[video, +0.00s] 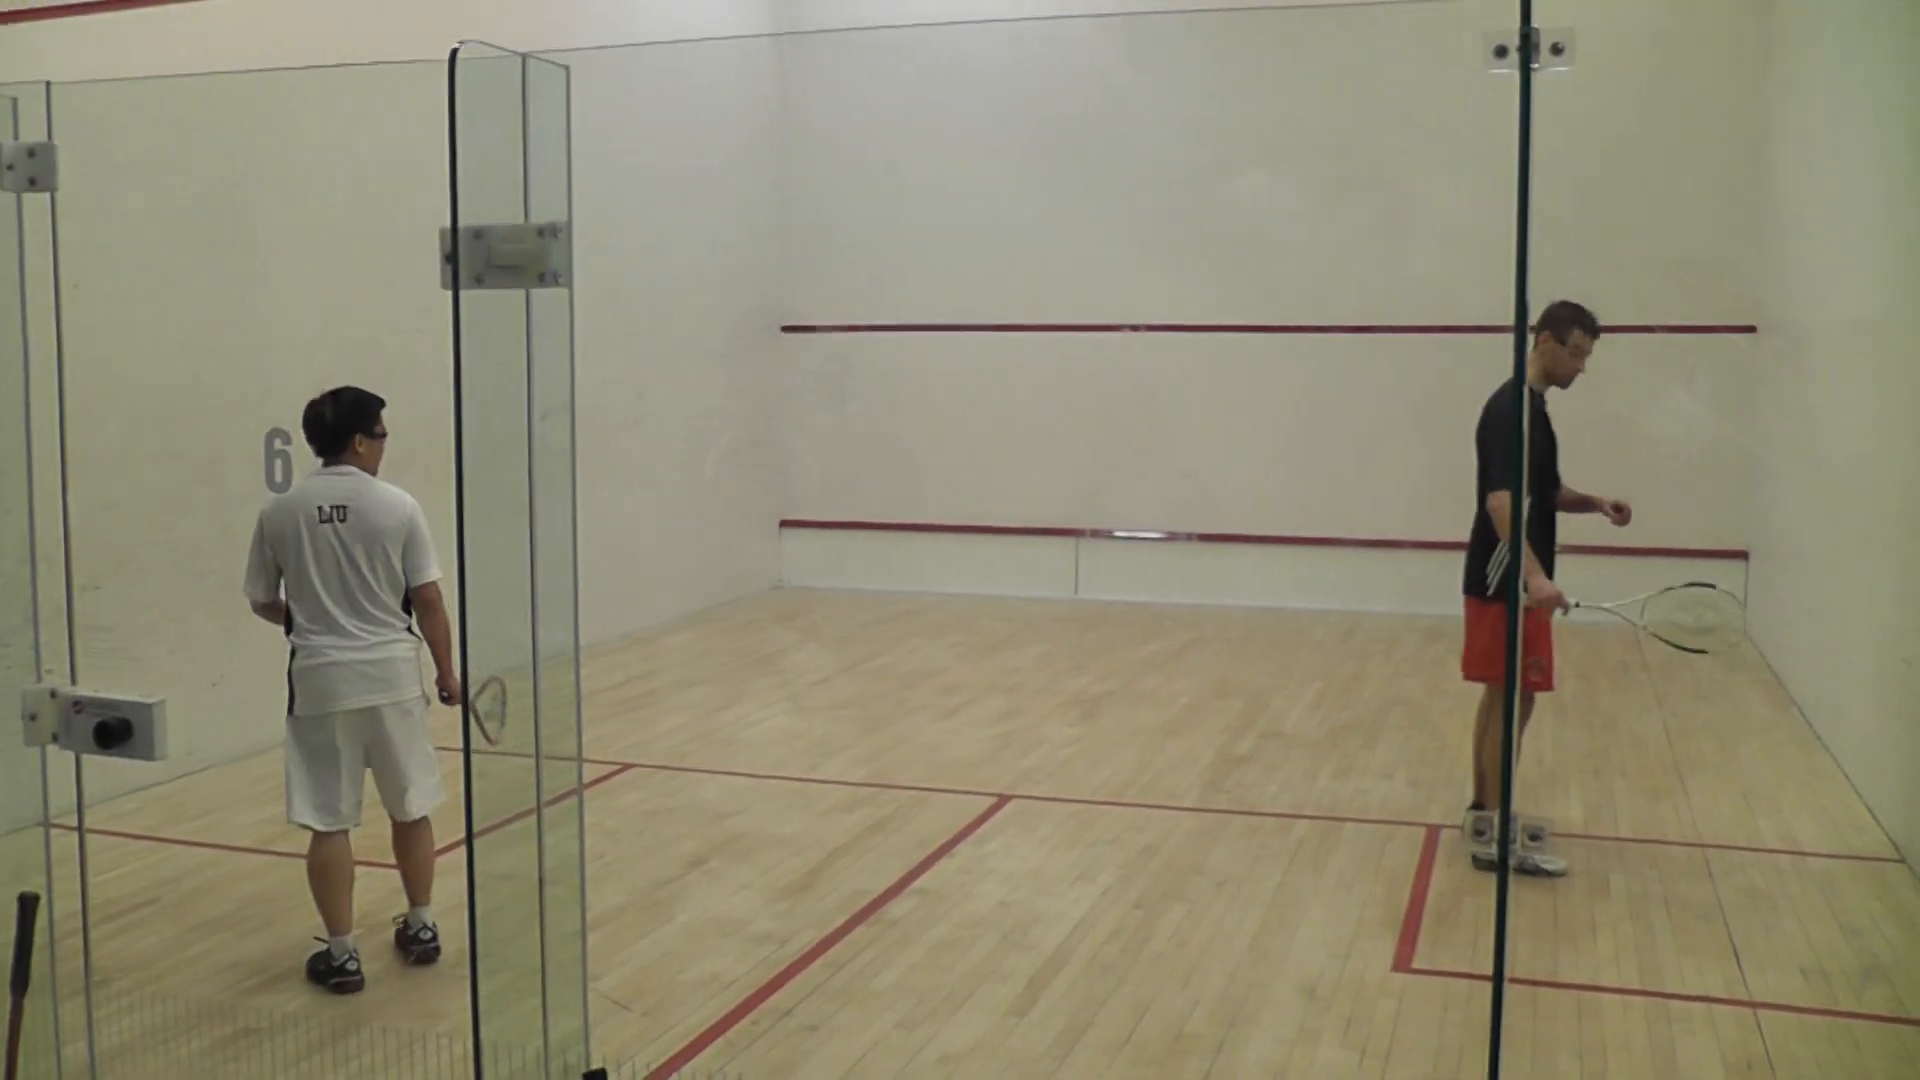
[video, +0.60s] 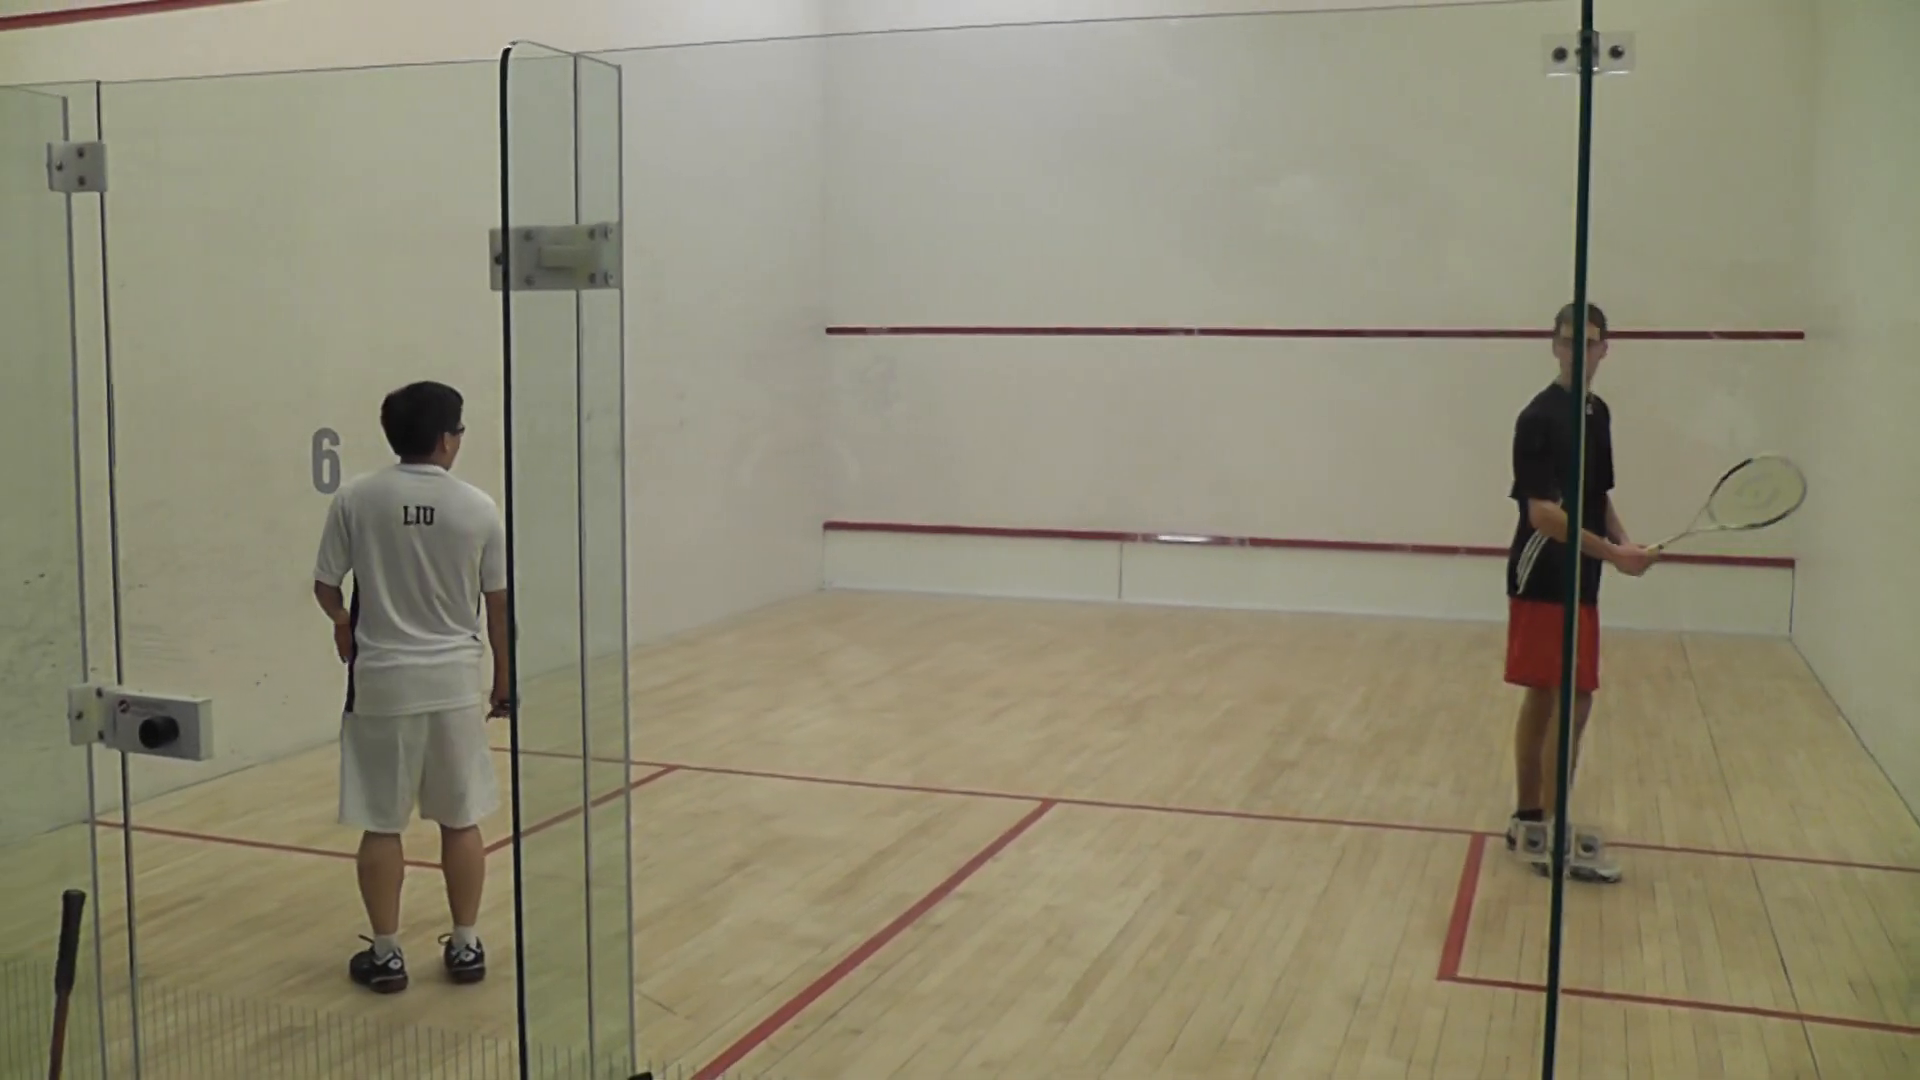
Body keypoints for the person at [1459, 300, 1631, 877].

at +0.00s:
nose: (1583, 367)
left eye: (1586, 356)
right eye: (1579, 354)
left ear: (1554, 348)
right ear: (1547, 343)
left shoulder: (1533, 407)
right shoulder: (1510, 408)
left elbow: (1544, 493)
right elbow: (1500, 504)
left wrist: (1597, 503)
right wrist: (1534, 573)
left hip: (1516, 584)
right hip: (1504, 585)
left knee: (1503, 697)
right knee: (1515, 702)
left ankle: (1485, 815)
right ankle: (1496, 833)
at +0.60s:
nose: (1582, 351)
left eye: (1591, 342)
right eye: (1571, 342)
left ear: (1604, 350)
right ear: (1554, 347)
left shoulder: (1596, 414)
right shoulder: (1539, 417)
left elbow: (1598, 496)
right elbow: (1540, 510)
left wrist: (1624, 545)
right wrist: (1609, 550)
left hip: (1573, 580)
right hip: (1548, 582)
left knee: (1544, 698)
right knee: (1571, 702)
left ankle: (1530, 818)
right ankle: (1549, 832)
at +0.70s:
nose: (1606, 357)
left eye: (1613, 346)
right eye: (1595, 346)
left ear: (1618, 349)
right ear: (1568, 348)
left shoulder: (1595, 415)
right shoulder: (1553, 420)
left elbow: (1595, 507)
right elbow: (1562, 517)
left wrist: (1630, 552)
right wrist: (1632, 554)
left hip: (1571, 583)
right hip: (1558, 586)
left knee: (1546, 698)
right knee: (1578, 704)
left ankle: (1535, 822)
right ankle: (1564, 836)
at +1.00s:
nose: (1658, 365)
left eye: (1657, 354)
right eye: (1651, 355)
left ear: (1617, 358)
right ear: (1620, 357)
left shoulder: (1587, 414)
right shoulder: (1596, 429)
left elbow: (1599, 517)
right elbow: (1613, 537)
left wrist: (1638, 564)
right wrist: (1694, 575)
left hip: (1553, 588)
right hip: (1566, 597)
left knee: (1574, 698)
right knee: (1592, 708)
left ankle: (1556, 812)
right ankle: (1579, 844)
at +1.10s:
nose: (1659, 369)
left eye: (1659, 359)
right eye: (1654, 358)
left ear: (1618, 361)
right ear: (1625, 362)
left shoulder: (1580, 416)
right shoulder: (1602, 437)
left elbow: (1600, 529)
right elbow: (1622, 545)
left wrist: (1672, 567)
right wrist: (1700, 584)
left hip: (1540, 587)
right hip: (1562, 598)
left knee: (1564, 696)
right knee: (1592, 709)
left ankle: (1554, 803)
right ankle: (1582, 842)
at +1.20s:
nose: (1655, 368)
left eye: (1653, 358)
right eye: (1651, 359)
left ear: (1615, 362)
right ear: (1629, 363)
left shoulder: (1583, 415)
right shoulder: (1598, 439)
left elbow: (1620, 502)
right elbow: (1617, 550)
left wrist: (1689, 532)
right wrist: (1697, 588)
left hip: (1531, 585)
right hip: (1555, 598)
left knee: (1544, 690)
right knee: (1591, 708)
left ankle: (1517, 788)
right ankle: (1585, 842)